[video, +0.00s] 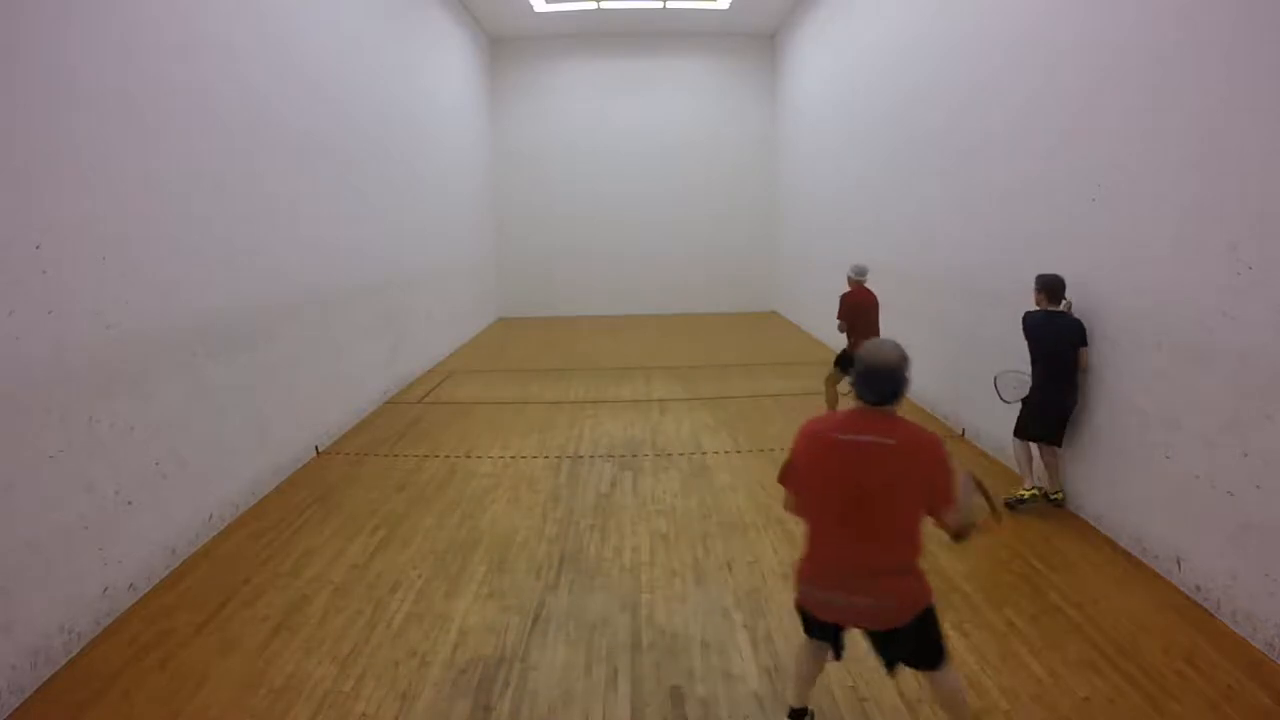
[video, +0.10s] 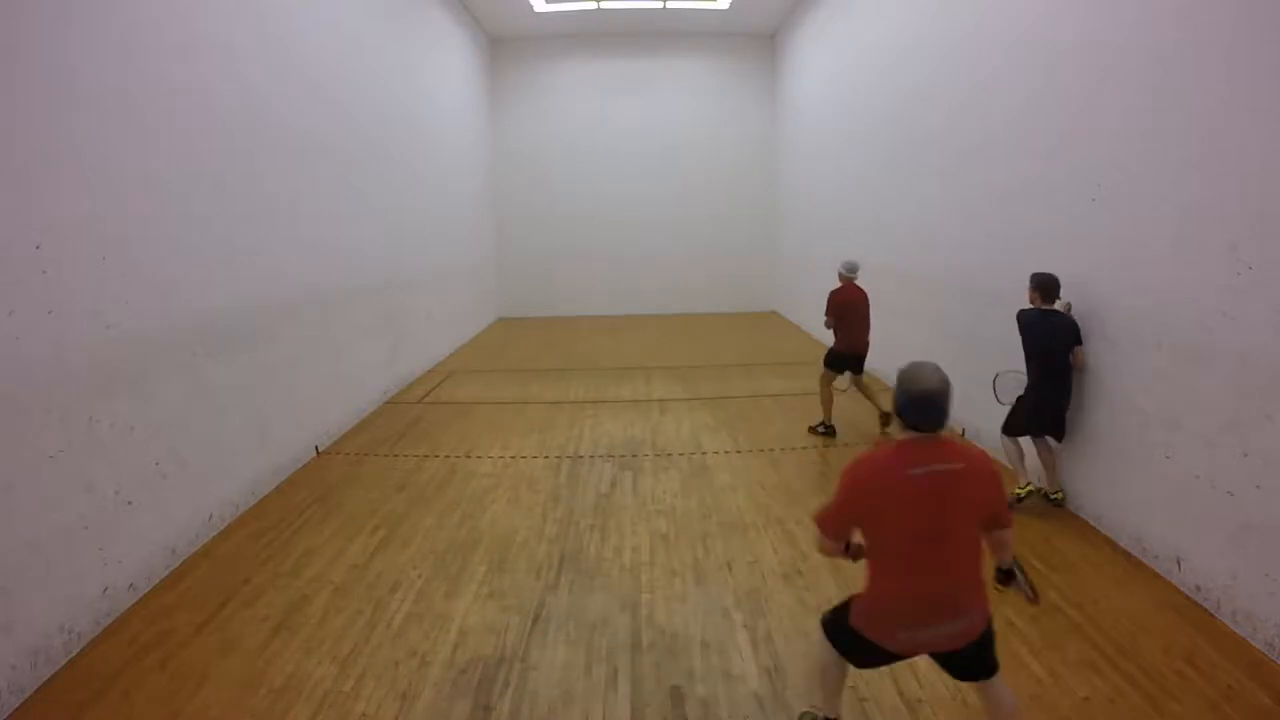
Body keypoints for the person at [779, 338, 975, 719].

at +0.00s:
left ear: (854, 381)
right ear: (903, 387)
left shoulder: (816, 433)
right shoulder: (924, 445)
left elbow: (794, 503)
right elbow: (955, 522)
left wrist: (845, 499)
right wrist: (969, 494)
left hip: (822, 592)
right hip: (894, 600)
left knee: (815, 642)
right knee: (939, 671)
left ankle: (798, 709)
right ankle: (962, 712)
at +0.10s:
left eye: (895, 397)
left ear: (895, 408)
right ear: (947, 407)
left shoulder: (868, 468)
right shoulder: (978, 464)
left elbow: (828, 543)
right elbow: (1001, 542)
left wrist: (860, 549)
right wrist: (1005, 568)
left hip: (890, 622)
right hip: (963, 622)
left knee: (832, 633)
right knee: (991, 683)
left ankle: (829, 712)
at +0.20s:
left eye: (917, 399)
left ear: (920, 410)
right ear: (970, 407)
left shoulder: (900, 471)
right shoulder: (1002, 461)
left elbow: (870, 558)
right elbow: (1023, 539)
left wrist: (840, 585)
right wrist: (1017, 582)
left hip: (927, 625)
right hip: (996, 619)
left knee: (851, 641)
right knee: (999, 672)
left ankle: (843, 715)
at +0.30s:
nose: (918, 390)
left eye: (919, 386)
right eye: (922, 384)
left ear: (925, 397)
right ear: (977, 393)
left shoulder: (913, 464)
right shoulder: (1013, 449)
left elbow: (880, 558)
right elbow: (1028, 529)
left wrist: (845, 613)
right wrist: (1008, 576)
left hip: (941, 618)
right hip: (1010, 610)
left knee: (863, 653)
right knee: (1006, 671)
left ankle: (855, 714)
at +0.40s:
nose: (912, 386)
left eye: (912, 381)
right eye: (914, 380)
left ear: (918, 393)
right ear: (970, 384)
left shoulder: (915, 458)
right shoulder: (1004, 436)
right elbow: (1000, 515)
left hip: (944, 610)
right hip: (1012, 600)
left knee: (870, 668)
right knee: (1007, 679)